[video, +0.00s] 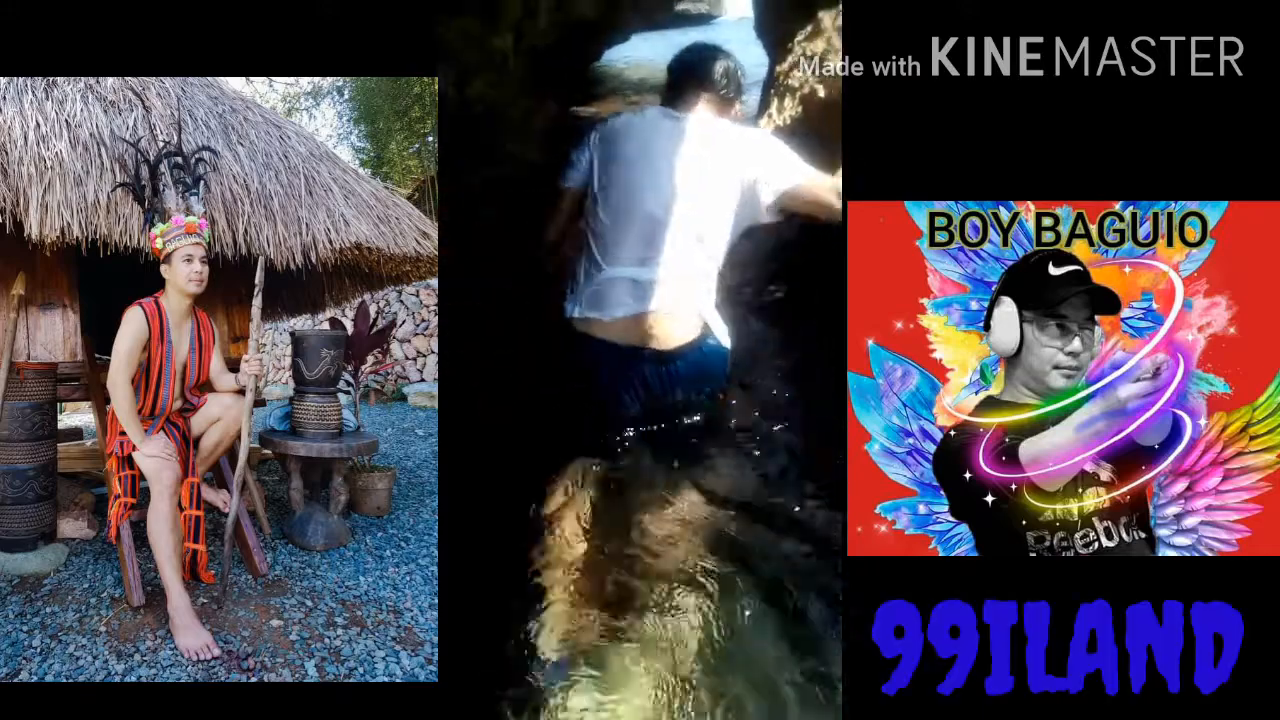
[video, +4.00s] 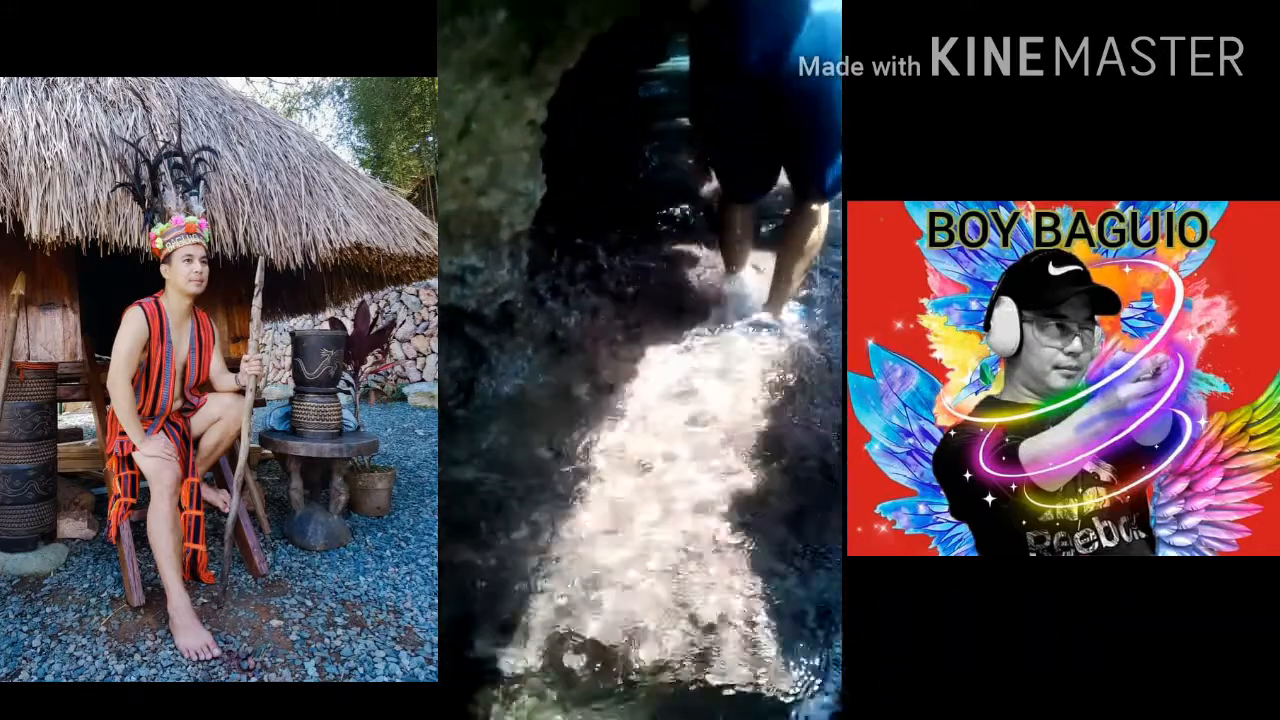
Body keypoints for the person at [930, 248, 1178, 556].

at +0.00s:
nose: (1076, 346)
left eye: (1086, 328)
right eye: (1055, 327)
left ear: (1097, 334)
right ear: (1007, 328)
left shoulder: (1113, 409)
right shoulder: (962, 446)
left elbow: (1155, 435)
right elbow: (1021, 472)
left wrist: (1149, 396)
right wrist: (1105, 412)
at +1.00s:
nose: (1076, 346)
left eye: (1086, 328)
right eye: (1055, 327)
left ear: (1097, 334)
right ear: (1007, 328)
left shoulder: (1113, 409)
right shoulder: (962, 446)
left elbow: (1156, 435)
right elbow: (1021, 472)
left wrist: (1148, 396)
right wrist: (1105, 412)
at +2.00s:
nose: (1076, 346)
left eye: (1086, 328)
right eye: (1055, 327)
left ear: (1097, 334)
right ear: (1007, 328)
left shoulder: (1113, 408)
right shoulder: (962, 446)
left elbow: (1155, 435)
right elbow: (1022, 472)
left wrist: (1149, 396)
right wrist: (1106, 412)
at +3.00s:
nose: (1076, 346)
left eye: (1086, 328)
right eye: (1055, 327)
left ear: (1097, 334)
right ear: (1007, 327)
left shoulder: (1113, 409)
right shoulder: (963, 446)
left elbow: (1155, 435)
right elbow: (1023, 472)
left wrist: (1148, 396)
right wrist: (1106, 412)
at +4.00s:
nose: (1076, 346)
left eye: (1086, 328)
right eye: (1055, 327)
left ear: (1097, 334)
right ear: (1007, 327)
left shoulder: (1113, 407)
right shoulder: (962, 445)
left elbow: (1155, 435)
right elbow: (1021, 471)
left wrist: (1148, 395)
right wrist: (1105, 413)